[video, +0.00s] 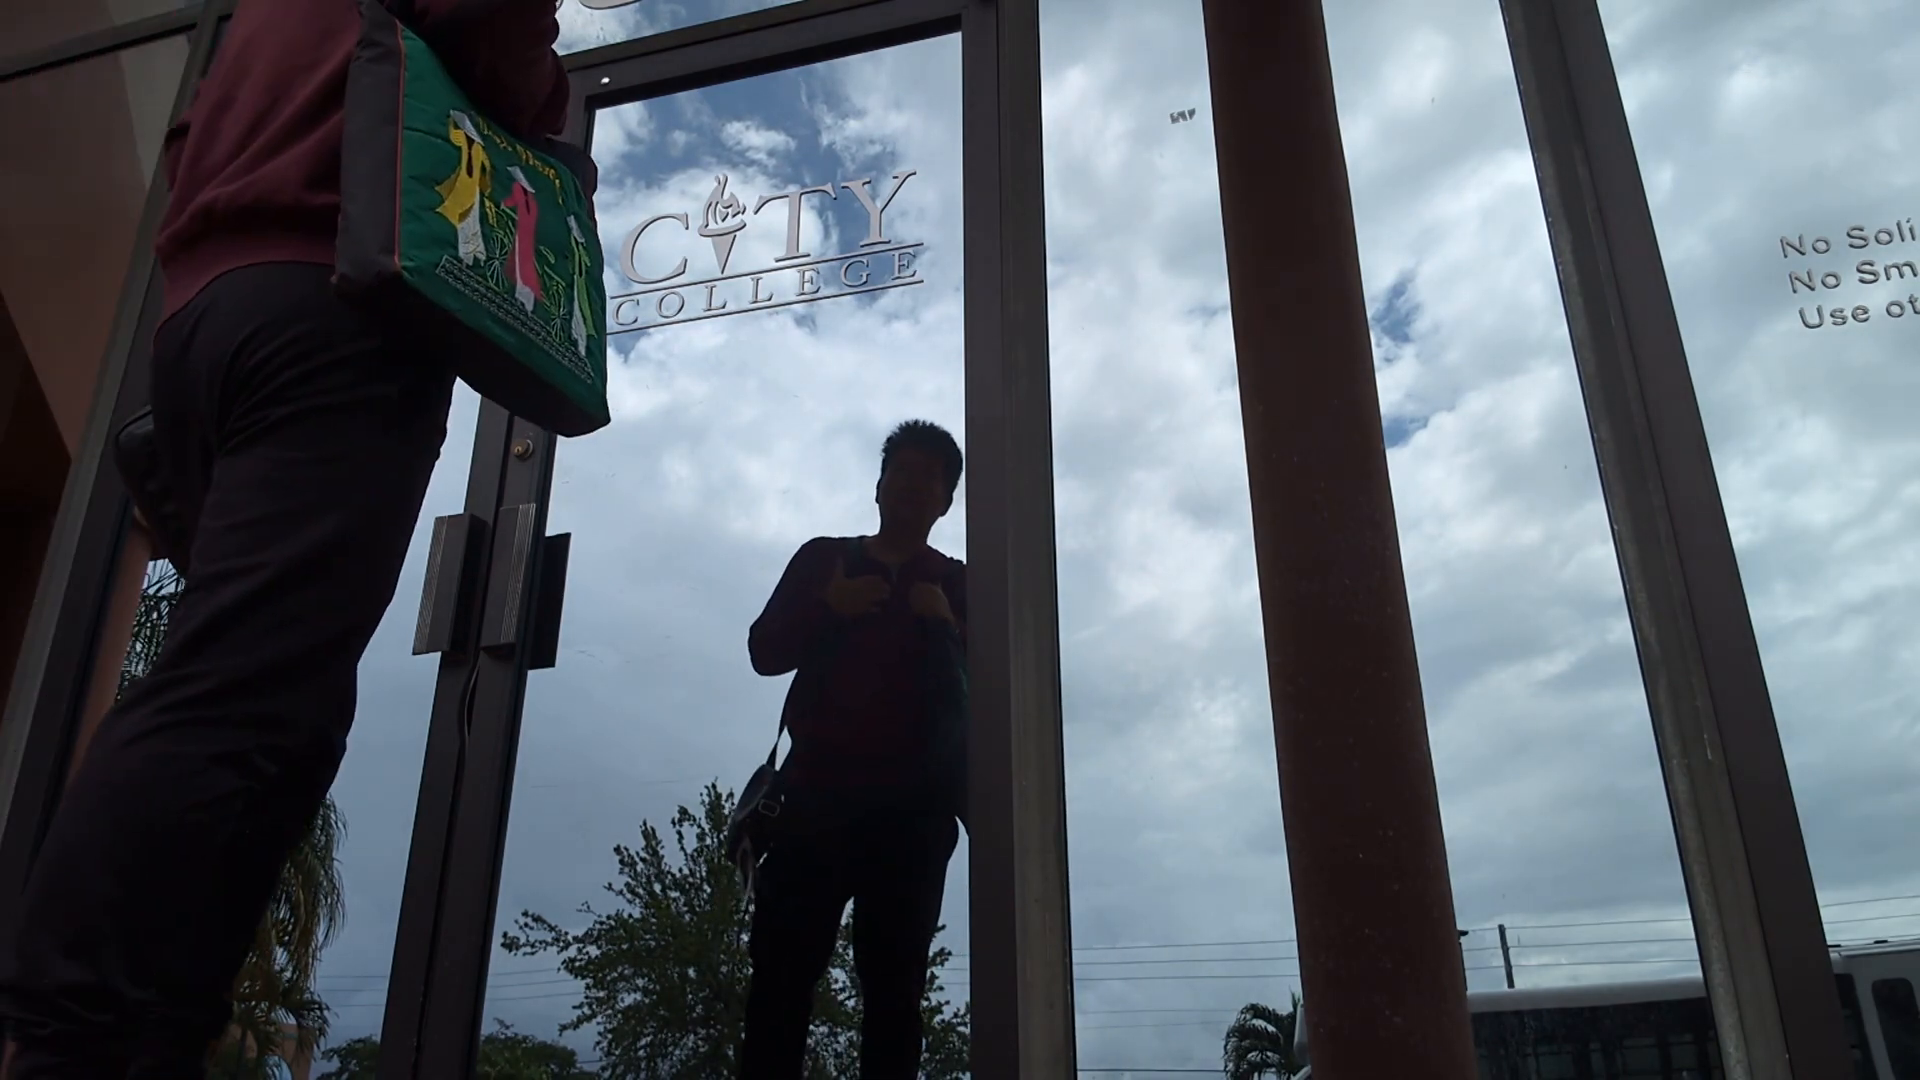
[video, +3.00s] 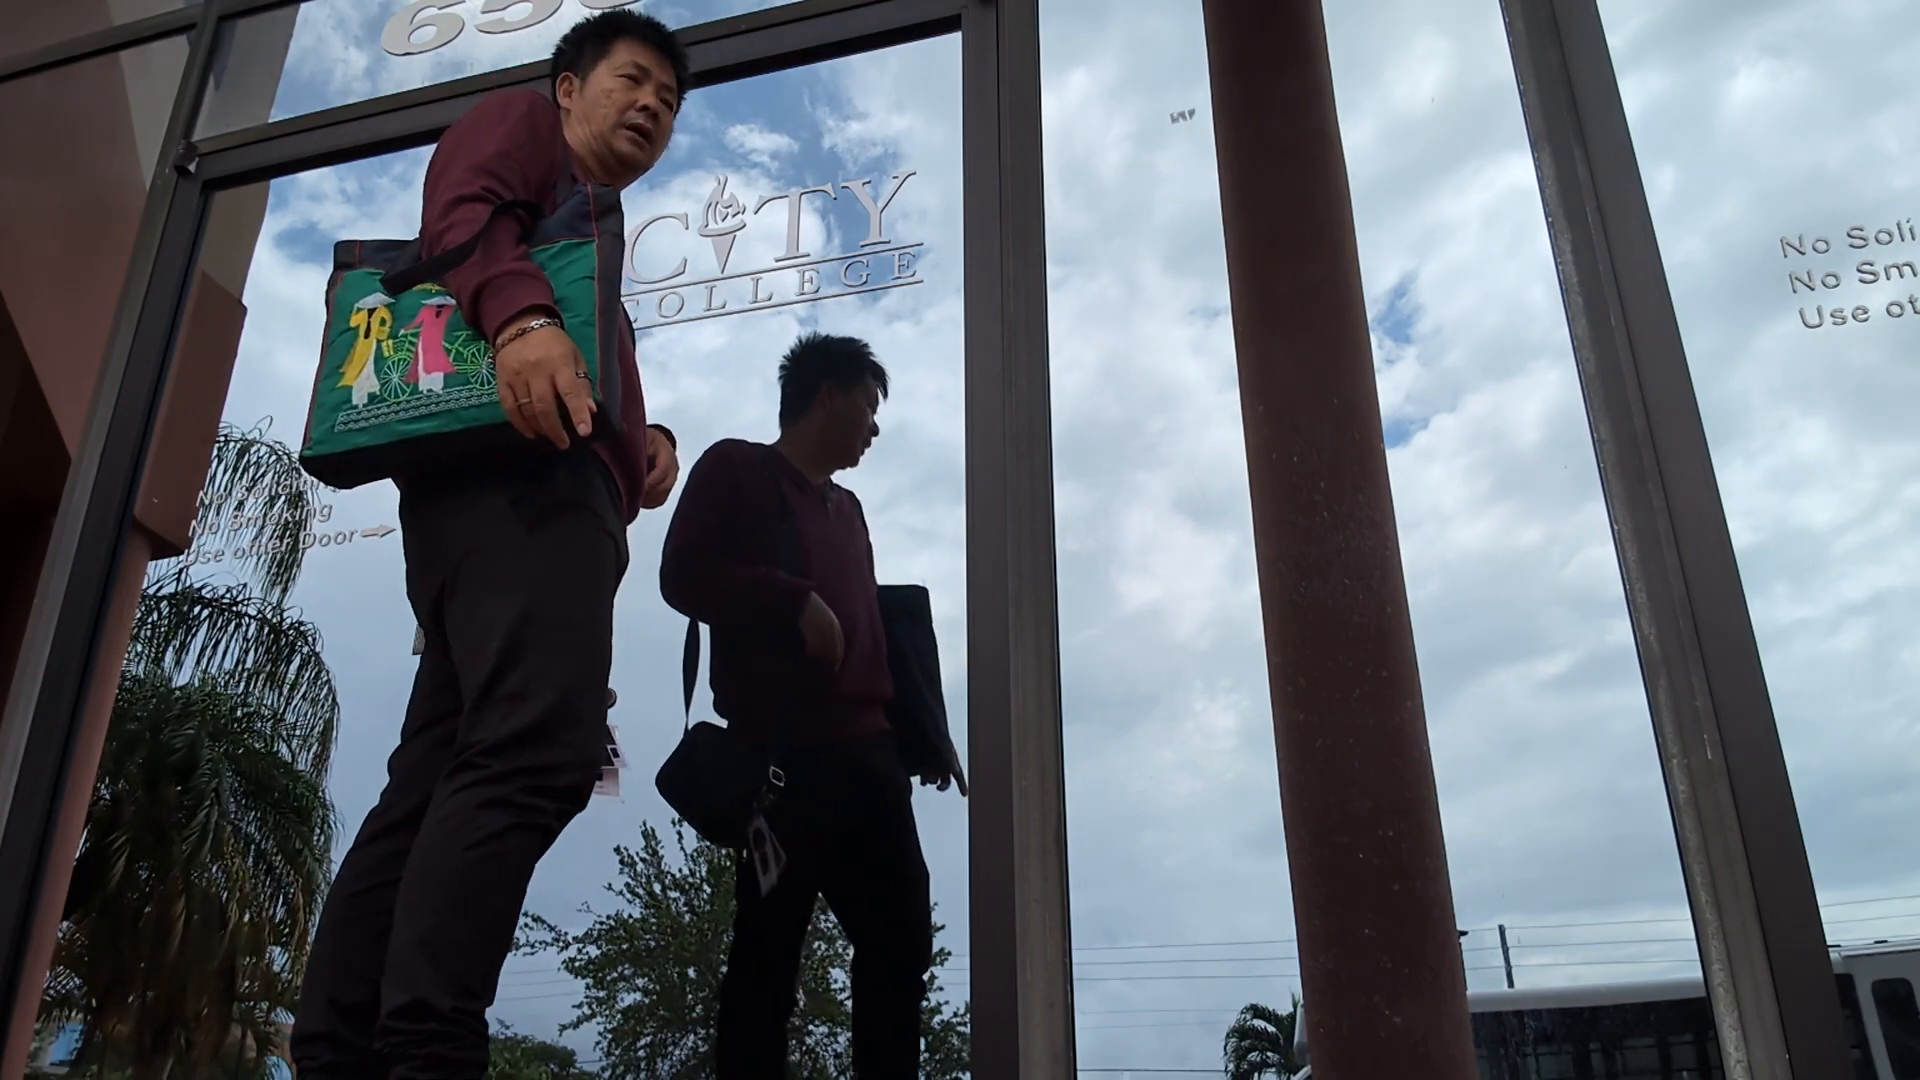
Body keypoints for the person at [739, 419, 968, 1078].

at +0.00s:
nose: (904, 488)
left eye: (923, 479)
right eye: (896, 474)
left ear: (946, 498)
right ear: (879, 481)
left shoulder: (962, 583)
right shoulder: (822, 559)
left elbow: (988, 683)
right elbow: (765, 653)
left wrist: (945, 623)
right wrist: (831, 605)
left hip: (914, 809)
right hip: (815, 799)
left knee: (894, 994)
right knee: (779, 987)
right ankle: (766, 1079)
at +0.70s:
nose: (828, 410)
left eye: (841, 397)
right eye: (811, 397)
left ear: (861, 414)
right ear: (783, 413)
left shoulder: (878, 520)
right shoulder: (739, 493)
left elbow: (923, 639)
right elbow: (686, 602)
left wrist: (901, 570)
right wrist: (784, 574)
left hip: (879, 764)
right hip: (784, 759)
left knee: (916, 944)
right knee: (769, 950)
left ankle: (890, 1073)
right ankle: (751, 1072)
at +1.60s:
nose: (911, 427)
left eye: (914, 410)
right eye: (905, 407)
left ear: (864, 407)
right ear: (860, 400)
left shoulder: (879, 504)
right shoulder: (765, 463)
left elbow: (887, 624)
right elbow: (708, 573)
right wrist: (822, 573)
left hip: (888, 756)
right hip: (800, 749)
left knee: (898, 955)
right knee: (786, 949)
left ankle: (885, 1078)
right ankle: (760, 1073)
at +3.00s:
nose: (876, 426)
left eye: (879, 410)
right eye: (870, 406)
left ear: (833, 405)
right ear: (828, 398)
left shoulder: (847, 507)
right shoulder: (735, 464)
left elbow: (868, 636)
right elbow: (682, 576)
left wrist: (921, 731)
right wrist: (792, 599)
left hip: (865, 758)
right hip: (777, 757)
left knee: (899, 952)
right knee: (765, 961)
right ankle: (748, 1079)